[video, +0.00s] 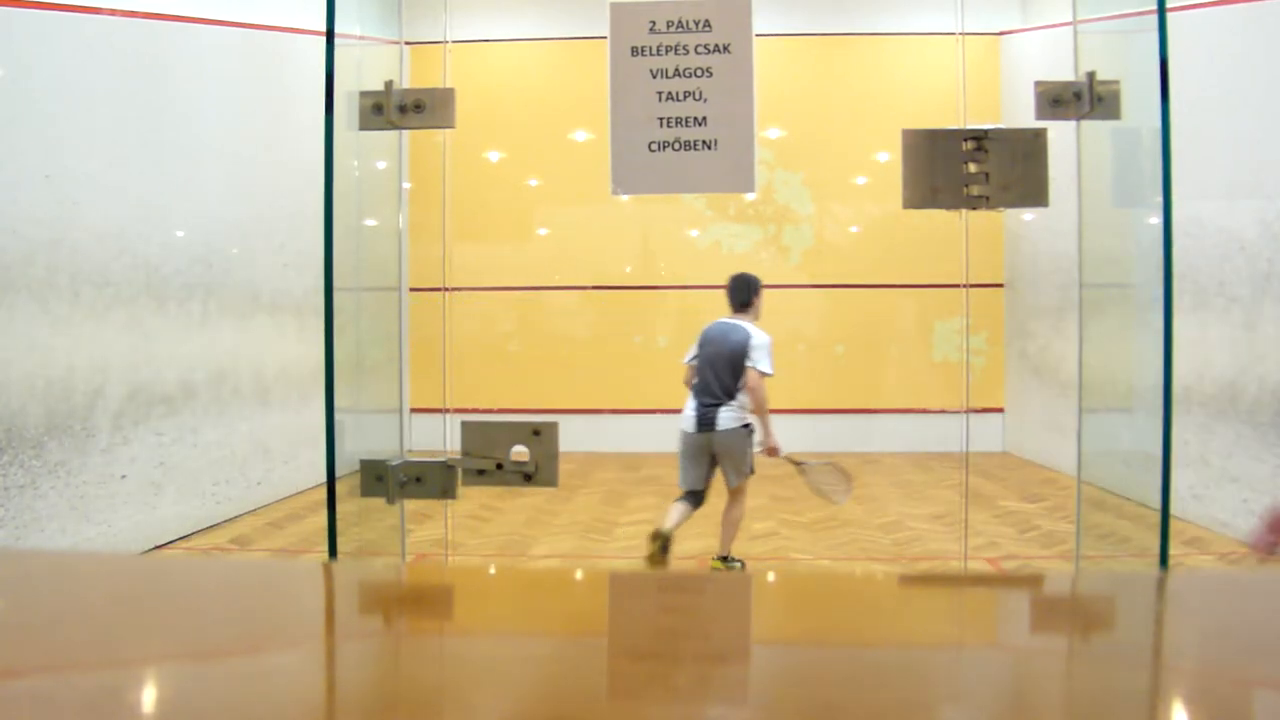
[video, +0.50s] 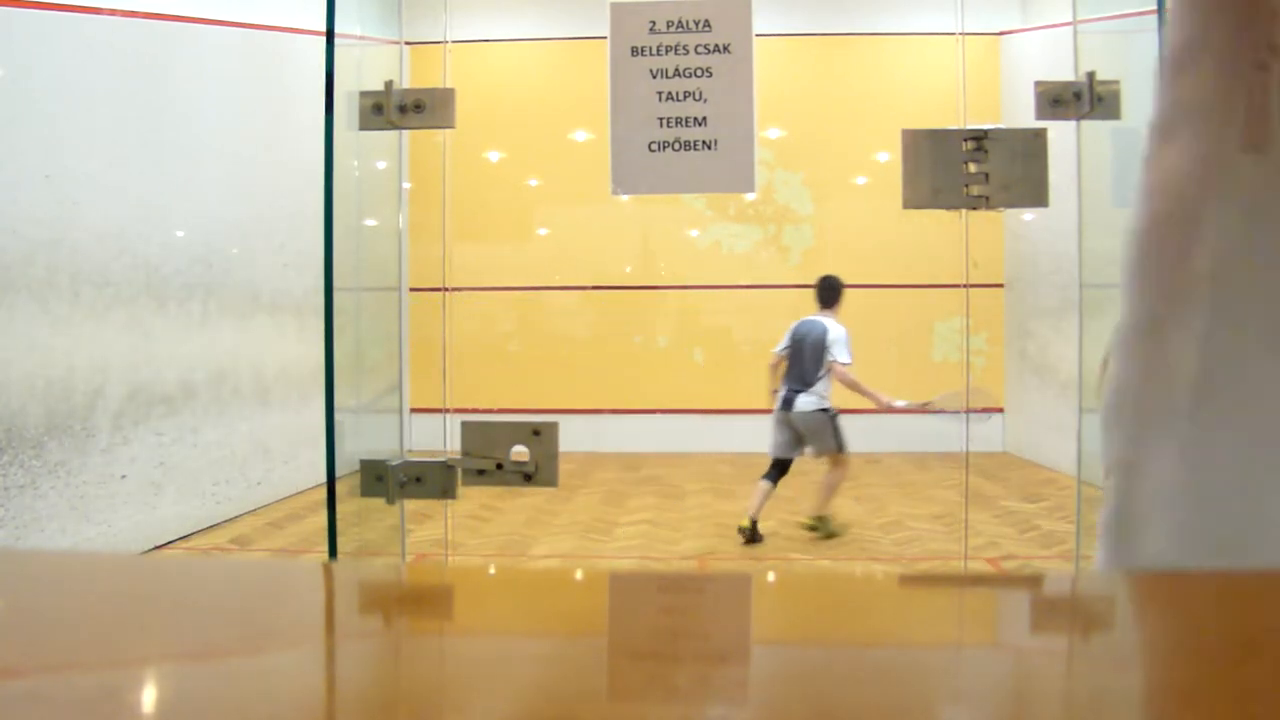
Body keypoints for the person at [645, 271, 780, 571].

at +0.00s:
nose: (762, 302)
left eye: (761, 296)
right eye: (761, 297)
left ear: (729, 300)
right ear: (755, 300)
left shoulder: (708, 331)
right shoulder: (756, 337)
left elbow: (690, 378)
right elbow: (753, 384)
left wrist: (714, 399)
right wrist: (768, 435)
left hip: (694, 423)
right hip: (731, 425)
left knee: (692, 493)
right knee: (737, 492)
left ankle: (664, 530)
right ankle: (723, 555)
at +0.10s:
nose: (778, 297)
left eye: (774, 292)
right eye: (777, 293)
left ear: (748, 295)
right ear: (773, 296)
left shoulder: (725, 324)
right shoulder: (776, 332)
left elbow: (697, 369)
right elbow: (776, 379)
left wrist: (707, 402)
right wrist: (793, 424)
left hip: (711, 410)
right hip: (745, 414)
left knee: (716, 476)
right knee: (741, 489)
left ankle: (698, 528)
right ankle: (725, 552)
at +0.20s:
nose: (790, 294)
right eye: (790, 289)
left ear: (761, 291)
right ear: (788, 292)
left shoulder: (741, 319)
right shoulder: (790, 326)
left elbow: (709, 356)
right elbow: (796, 372)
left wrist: (701, 396)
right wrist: (815, 411)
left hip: (728, 403)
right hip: (761, 406)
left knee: (735, 468)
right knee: (753, 480)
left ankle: (730, 535)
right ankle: (730, 538)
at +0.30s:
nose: (801, 299)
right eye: (802, 294)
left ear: (775, 297)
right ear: (800, 297)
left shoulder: (755, 326)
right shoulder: (803, 332)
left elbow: (722, 360)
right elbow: (812, 377)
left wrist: (708, 396)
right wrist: (837, 410)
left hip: (746, 408)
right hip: (776, 412)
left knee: (753, 471)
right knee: (771, 481)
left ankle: (747, 526)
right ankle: (744, 518)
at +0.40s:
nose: (814, 303)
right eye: (816, 299)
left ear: (793, 301)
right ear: (816, 302)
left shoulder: (775, 330)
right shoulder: (816, 335)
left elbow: (747, 363)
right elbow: (825, 380)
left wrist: (733, 399)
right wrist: (858, 409)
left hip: (764, 416)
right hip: (792, 419)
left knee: (770, 469)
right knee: (803, 477)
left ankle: (749, 527)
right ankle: (767, 511)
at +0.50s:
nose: (839, 300)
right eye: (840, 296)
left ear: (817, 297)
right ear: (839, 298)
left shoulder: (799, 326)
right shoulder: (836, 330)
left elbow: (775, 361)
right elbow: (840, 374)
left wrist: (775, 391)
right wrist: (876, 398)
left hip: (785, 407)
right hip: (813, 409)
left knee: (778, 465)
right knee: (839, 461)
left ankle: (750, 521)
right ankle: (819, 515)